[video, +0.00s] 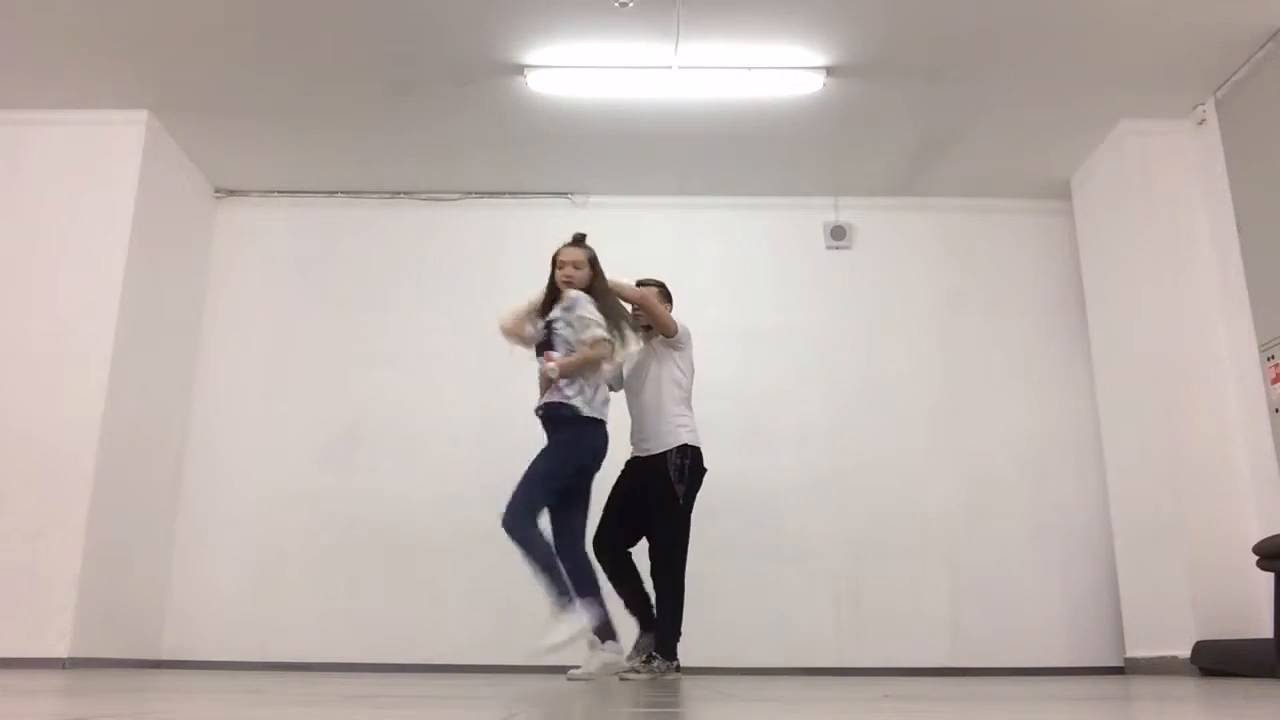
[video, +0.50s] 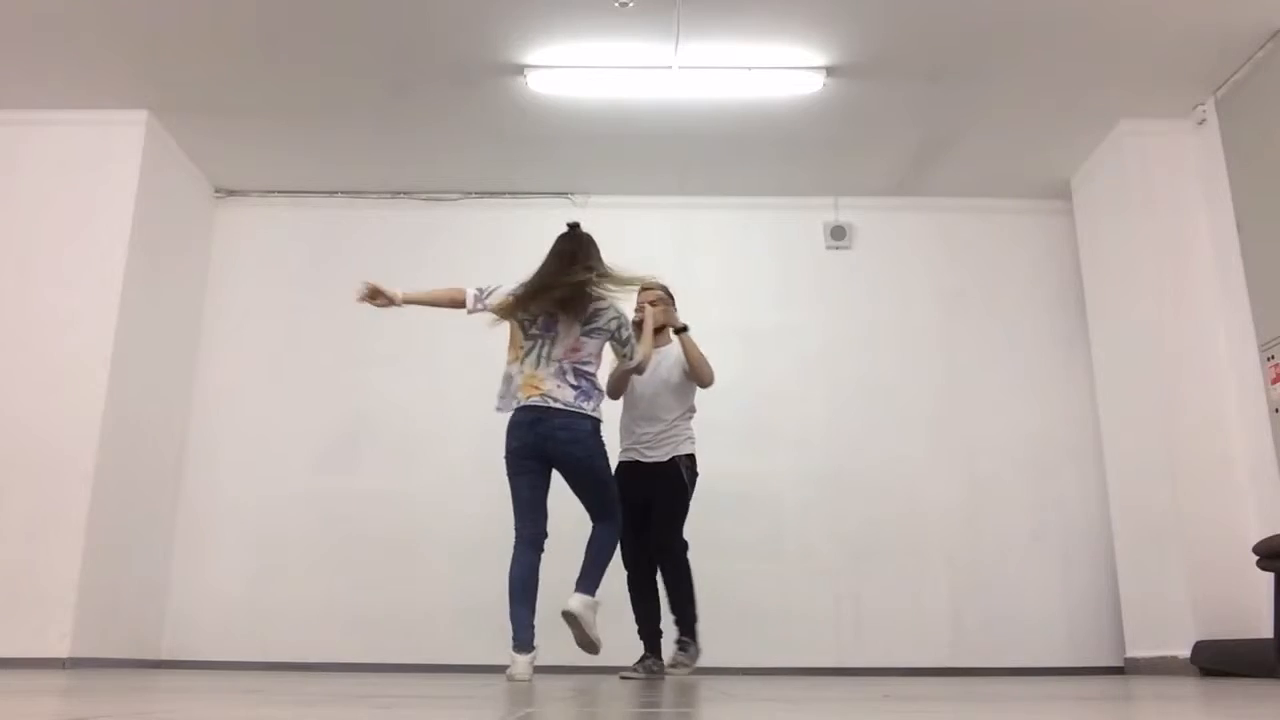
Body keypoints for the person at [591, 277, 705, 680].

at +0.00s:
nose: (639, 304)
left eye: (647, 297)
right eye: (637, 298)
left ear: (667, 307)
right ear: (634, 311)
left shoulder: (677, 339)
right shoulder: (631, 356)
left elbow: (644, 301)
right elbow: (604, 380)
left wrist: (602, 285)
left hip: (677, 459)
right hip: (641, 462)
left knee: (666, 560)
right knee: (607, 545)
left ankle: (666, 656)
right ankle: (650, 627)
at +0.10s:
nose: (638, 302)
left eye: (646, 297)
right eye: (635, 297)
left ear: (666, 308)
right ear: (630, 307)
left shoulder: (678, 344)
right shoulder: (626, 349)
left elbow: (655, 315)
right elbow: (594, 382)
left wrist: (614, 299)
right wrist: (554, 368)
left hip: (674, 459)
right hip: (636, 462)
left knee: (665, 560)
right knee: (616, 553)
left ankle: (666, 653)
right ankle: (643, 641)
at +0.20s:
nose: (639, 308)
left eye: (648, 301)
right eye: (635, 302)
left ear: (667, 310)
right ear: (629, 309)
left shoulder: (679, 348)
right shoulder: (622, 351)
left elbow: (673, 337)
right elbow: (596, 388)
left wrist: (631, 315)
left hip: (671, 461)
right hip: (631, 462)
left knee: (661, 557)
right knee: (628, 556)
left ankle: (664, 652)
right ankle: (650, 648)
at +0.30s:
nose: (643, 310)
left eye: (651, 304)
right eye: (638, 304)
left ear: (667, 311)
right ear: (630, 310)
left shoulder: (679, 350)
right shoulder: (624, 353)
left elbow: (688, 359)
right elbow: (595, 391)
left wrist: (648, 325)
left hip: (670, 461)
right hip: (630, 463)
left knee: (661, 557)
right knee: (633, 558)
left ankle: (662, 651)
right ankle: (651, 648)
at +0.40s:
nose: (642, 313)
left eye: (650, 306)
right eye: (637, 307)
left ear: (668, 311)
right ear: (630, 311)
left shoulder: (678, 348)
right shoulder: (625, 348)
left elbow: (698, 371)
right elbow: (603, 394)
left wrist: (666, 332)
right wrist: (617, 350)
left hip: (671, 459)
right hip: (631, 461)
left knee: (662, 552)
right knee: (634, 554)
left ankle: (668, 644)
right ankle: (651, 646)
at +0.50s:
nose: (646, 311)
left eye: (655, 304)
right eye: (641, 306)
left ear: (672, 311)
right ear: (633, 313)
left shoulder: (684, 348)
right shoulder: (627, 350)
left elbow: (705, 379)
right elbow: (613, 391)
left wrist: (681, 331)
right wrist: (636, 353)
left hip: (674, 460)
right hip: (631, 462)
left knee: (667, 546)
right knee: (636, 559)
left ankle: (687, 639)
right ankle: (651, 652)